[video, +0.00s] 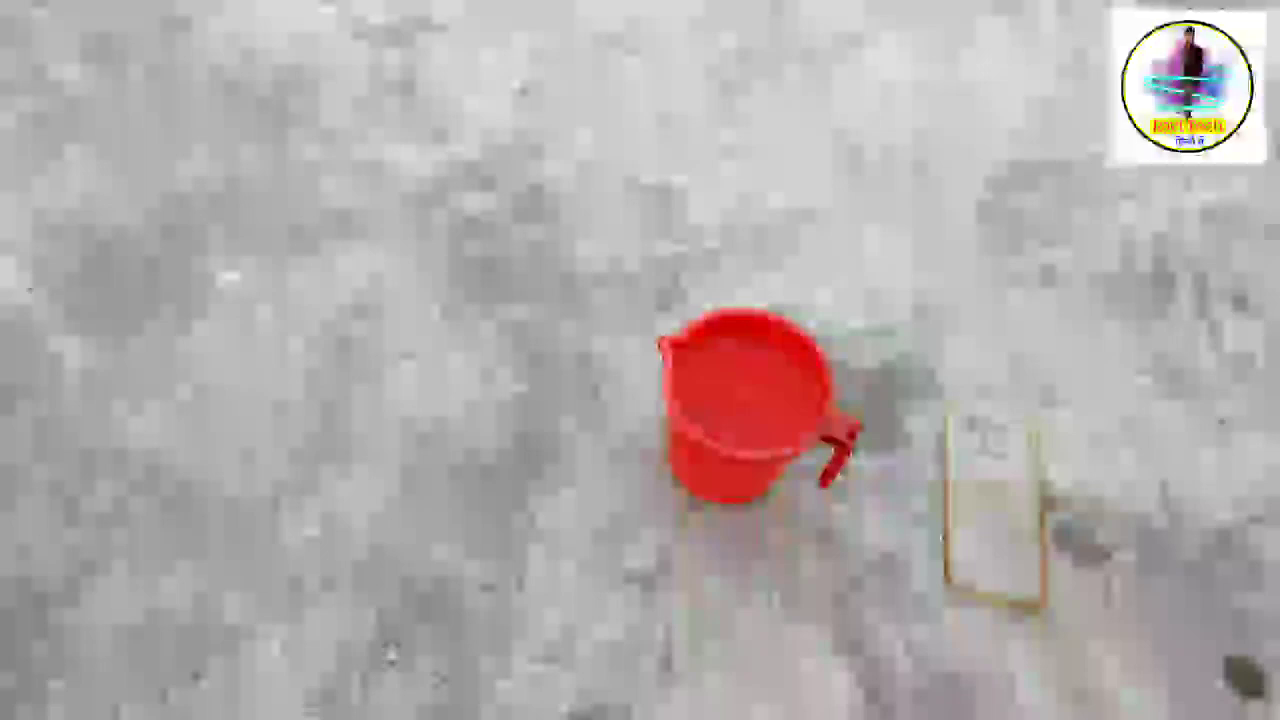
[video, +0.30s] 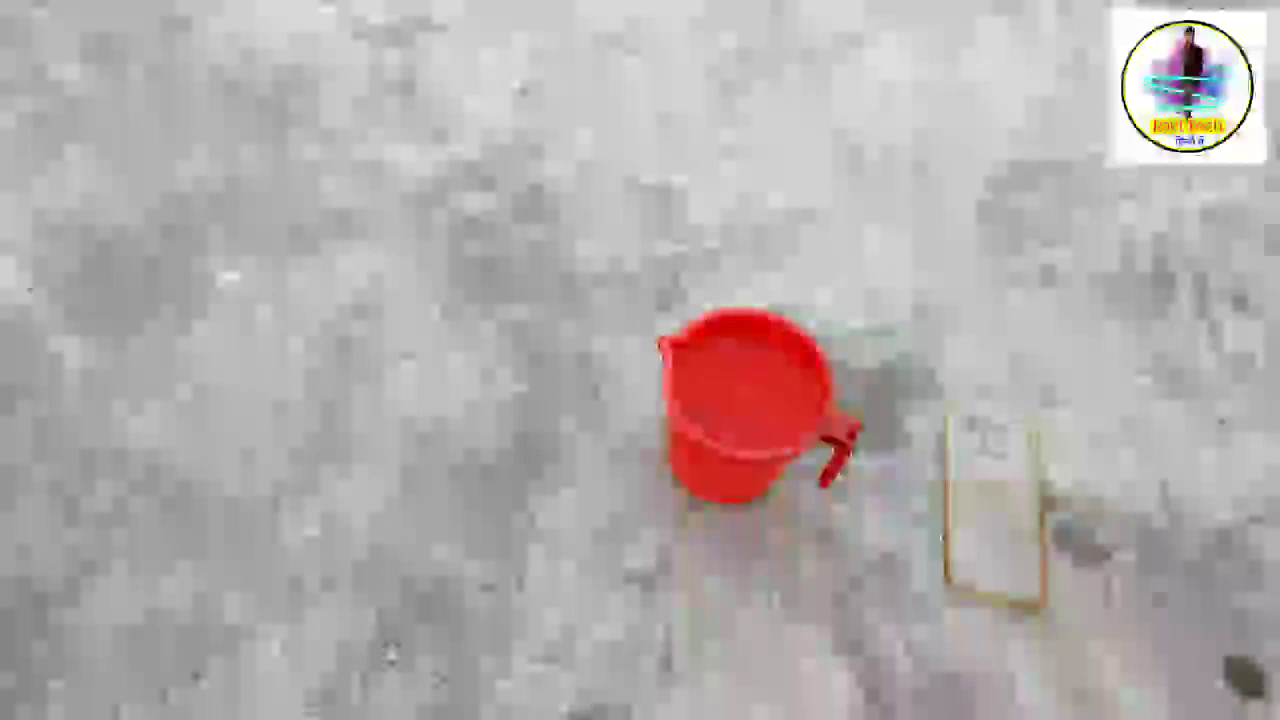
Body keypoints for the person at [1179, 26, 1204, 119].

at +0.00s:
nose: (1188, 38)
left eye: (1190, 35)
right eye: (1186, 35)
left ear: (1193, 36)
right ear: (1184, 36)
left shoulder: (1198, 50)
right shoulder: (1182, 49)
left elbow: (1199, 64)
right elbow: (1178, 62)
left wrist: (1198, 74)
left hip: (1194, 74)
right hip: (1184, 74)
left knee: (1191, 92)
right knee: (1185, 92)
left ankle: (1189, 111)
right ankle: (1186, 111)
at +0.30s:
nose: (1188, 38)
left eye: (1190, 35)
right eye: (1186, 35)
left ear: (1193, 36)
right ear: (1184, 36)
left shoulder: (1198, 50)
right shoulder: (1182, 49)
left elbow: (1199, 64)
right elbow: (1178, 62)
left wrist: (1198, 74)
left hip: (1194, 74)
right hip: (1184, 74)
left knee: (1191, 92)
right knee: (1185, 92)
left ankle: (1189, 111)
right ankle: (1186, 111)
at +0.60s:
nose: (1189, 38)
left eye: (1191, 35)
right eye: (1187, 35)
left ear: (1194, 36)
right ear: (1184, 36)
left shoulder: (1198, 50)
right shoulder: (1182, 50)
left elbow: (1200, 64)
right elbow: (1176, 62)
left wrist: (1198, 74)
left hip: (1194, 75)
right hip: (1184, 74)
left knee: (1191, 93)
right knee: (1185, 93)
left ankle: (1189, 111)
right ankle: (1186, 111)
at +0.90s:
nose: (1189, 38)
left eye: (1191, 35)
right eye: (1187, 35)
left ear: (1194, 36)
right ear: (1184, 36)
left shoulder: (1198, 50)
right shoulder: (1182, 50)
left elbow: (1200, 64)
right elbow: (1177, 62)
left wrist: (1198, 74)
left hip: (1194, 75)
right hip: (1184, 74)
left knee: (1191, 93)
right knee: (1185, 93)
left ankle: (1189, 111)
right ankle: (1186, 111)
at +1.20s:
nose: (1189, 38)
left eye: (1191, 35)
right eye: (1187, 35)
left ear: (1194, 36)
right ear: (1184, 36)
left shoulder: (1198, 50)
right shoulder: (1182, 50)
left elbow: (1200, 64)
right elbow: (1177, 62)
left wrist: (1198, 74)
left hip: (1194, 75)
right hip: (1184, 74)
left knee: (1191, 93)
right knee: (1185, 93)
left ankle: (1189, 111)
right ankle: (1186, 111)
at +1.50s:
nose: (1188, 38)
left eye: (1190, 36)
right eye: (1187, 35)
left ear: (1193, 36)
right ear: (1184, 36)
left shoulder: (1197, 50)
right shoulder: (1182, 49)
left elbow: (1199, 64)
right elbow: (1176, 61)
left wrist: (1197, 74)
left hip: (1193, 74)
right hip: (1183, 74)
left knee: (1190, 93)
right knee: (1185, 93)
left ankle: (1188, 112)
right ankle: (1186, 112)